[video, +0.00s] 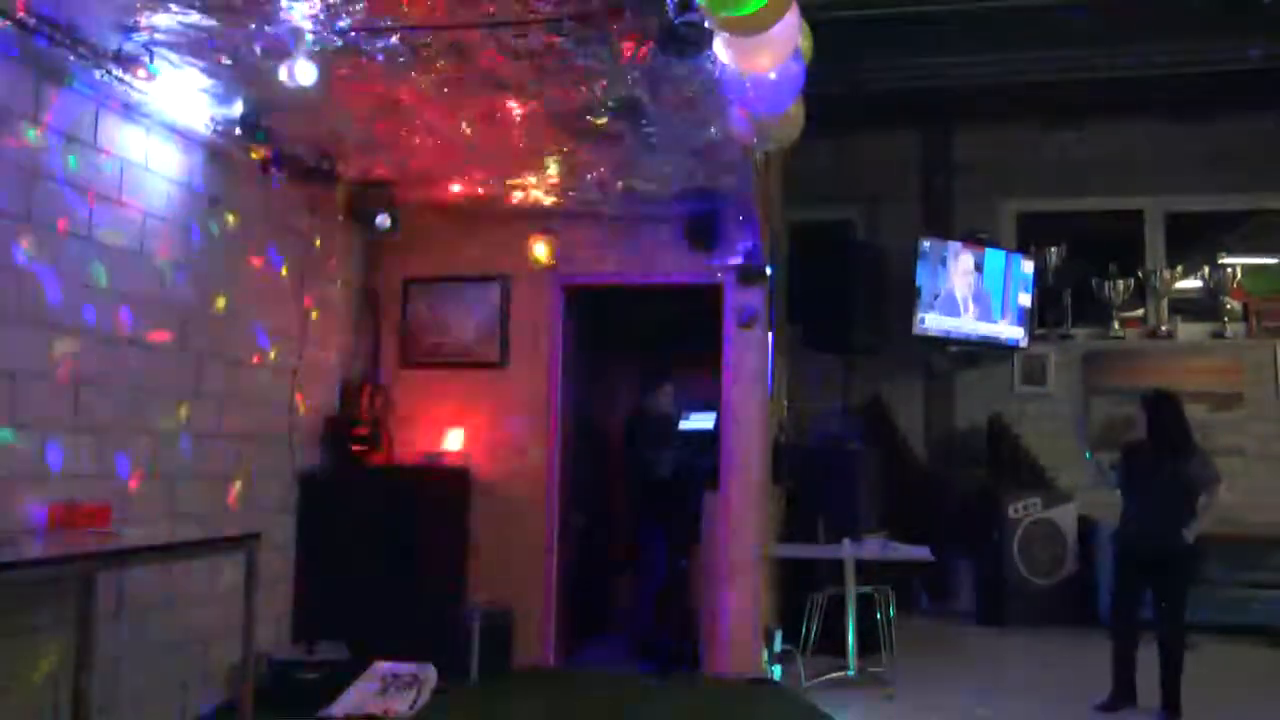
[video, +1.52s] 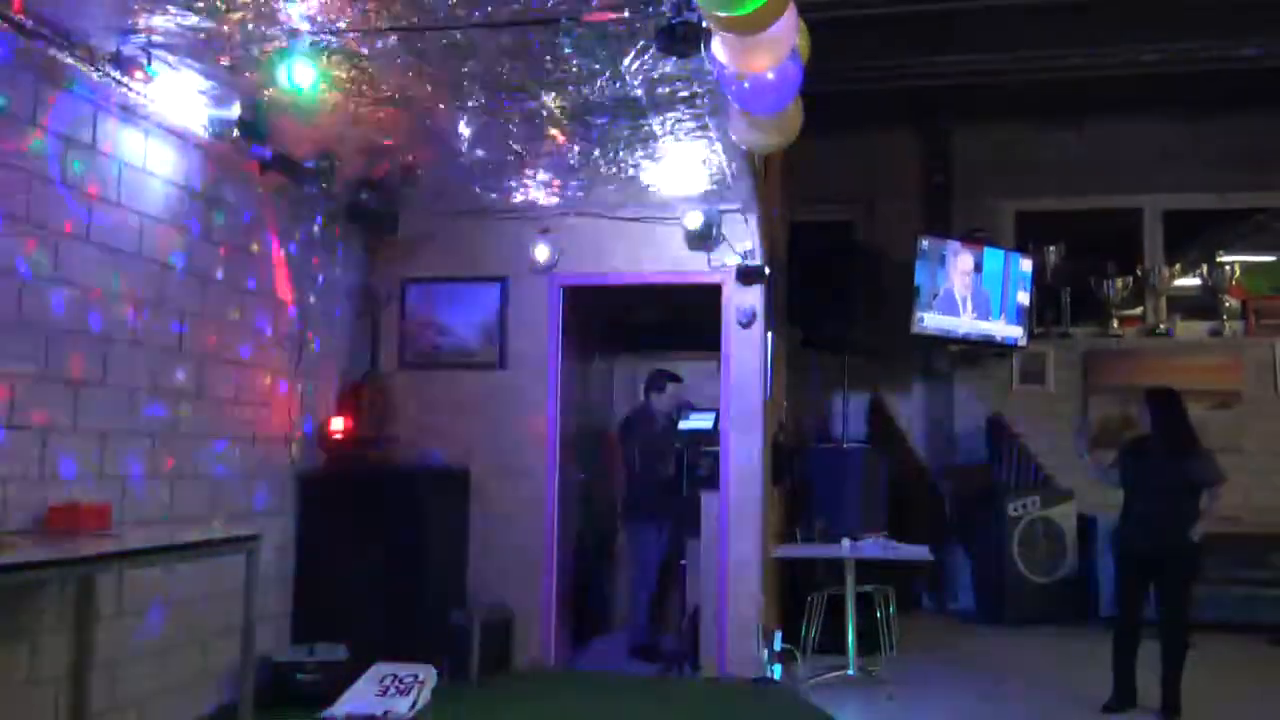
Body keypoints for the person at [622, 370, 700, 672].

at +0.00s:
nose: (668, 403)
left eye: (671, 396)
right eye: (662, 396)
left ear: (673, 400)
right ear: (650, 398)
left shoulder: (673, 428)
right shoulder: (643, 426)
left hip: (674, 516)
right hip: (651, 515)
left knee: (673, 582)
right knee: (654, 581)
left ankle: (674, 646)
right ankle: (650, 646)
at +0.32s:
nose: (672, 400)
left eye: (673, 394)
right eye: (668, 394)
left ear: (655, 394)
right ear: (652, 394)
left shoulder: (664, 426)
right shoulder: (641, 426)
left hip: (668, 510)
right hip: (649, 511)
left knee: (664, 574)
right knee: (654, 574)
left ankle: (657, 639)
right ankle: (643, 639)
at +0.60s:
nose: (673, 399)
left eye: (673, 394)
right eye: (669, 393)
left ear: (656, 393)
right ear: (654, 393)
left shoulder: (666, 424)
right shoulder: (638, 425)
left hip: (669, 509)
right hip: (649, 510)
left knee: (666, 574)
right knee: (653, 574)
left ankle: (657, 639)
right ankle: (643, 640)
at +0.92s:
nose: (672, 401)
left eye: (673, 396)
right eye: (668, 395)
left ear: (655, 395)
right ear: (652, 394)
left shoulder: (657, 426)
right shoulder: (638, 425)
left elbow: (670, 450)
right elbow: (661, 452)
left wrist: (675, 417)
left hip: (658, 509)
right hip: (643, 509)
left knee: (651, 574)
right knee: (645, 575)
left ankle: (646, 637)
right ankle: (640, 642)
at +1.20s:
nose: (674, 400)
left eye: (675, 394)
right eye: (671, 394)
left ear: (660, 394)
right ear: (654, 393)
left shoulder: (665, 425)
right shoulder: (635, 423)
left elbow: (675, 458)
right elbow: (650, 461)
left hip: (666, 509)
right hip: (643, 510)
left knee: (657, 579)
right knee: (644, 578)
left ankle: (649, 639)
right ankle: (639, 642)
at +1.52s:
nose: (675, 400)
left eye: (675, 394)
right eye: (670, 394)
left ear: (662, 393)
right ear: (655, 393)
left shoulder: (665, 424)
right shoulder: (636, 423)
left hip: (666, 510)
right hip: (644, 511)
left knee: (656, 579)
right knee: (646, 579)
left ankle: (650, 639)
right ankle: (640, 641)